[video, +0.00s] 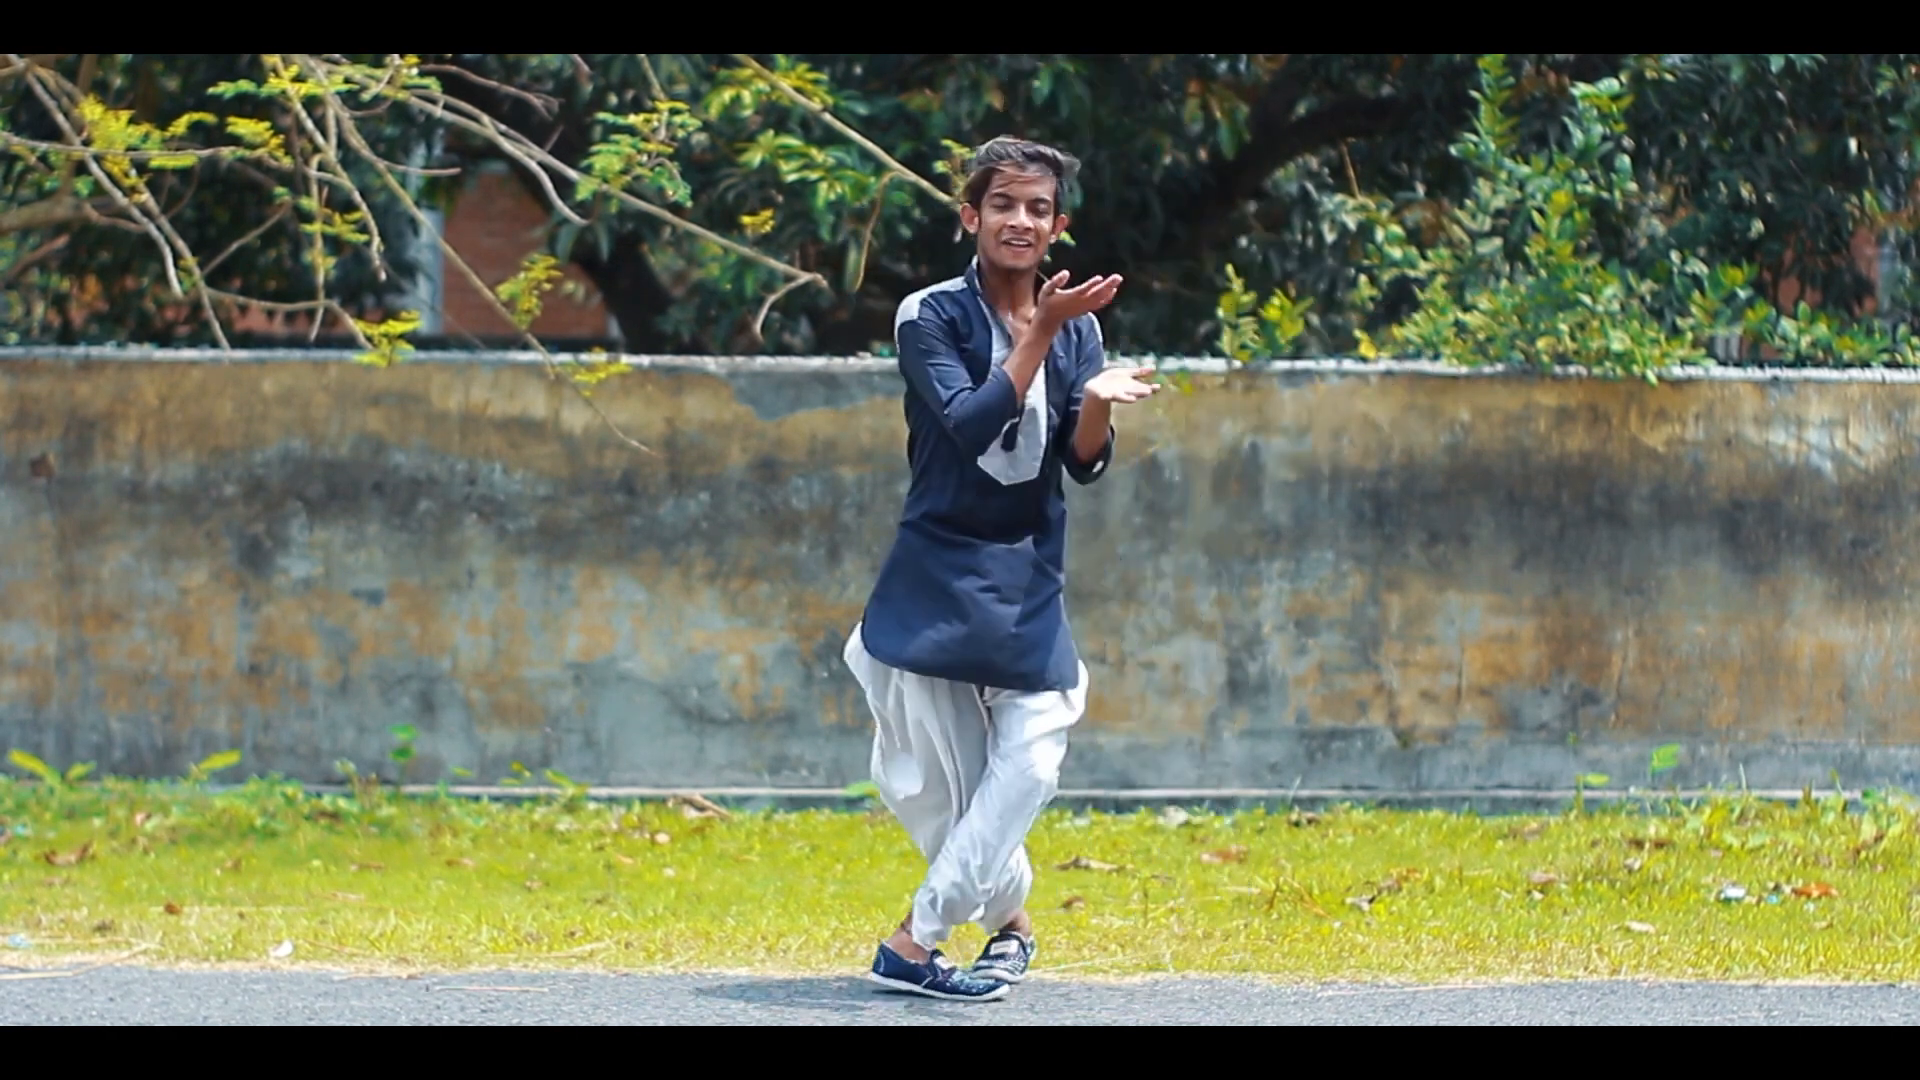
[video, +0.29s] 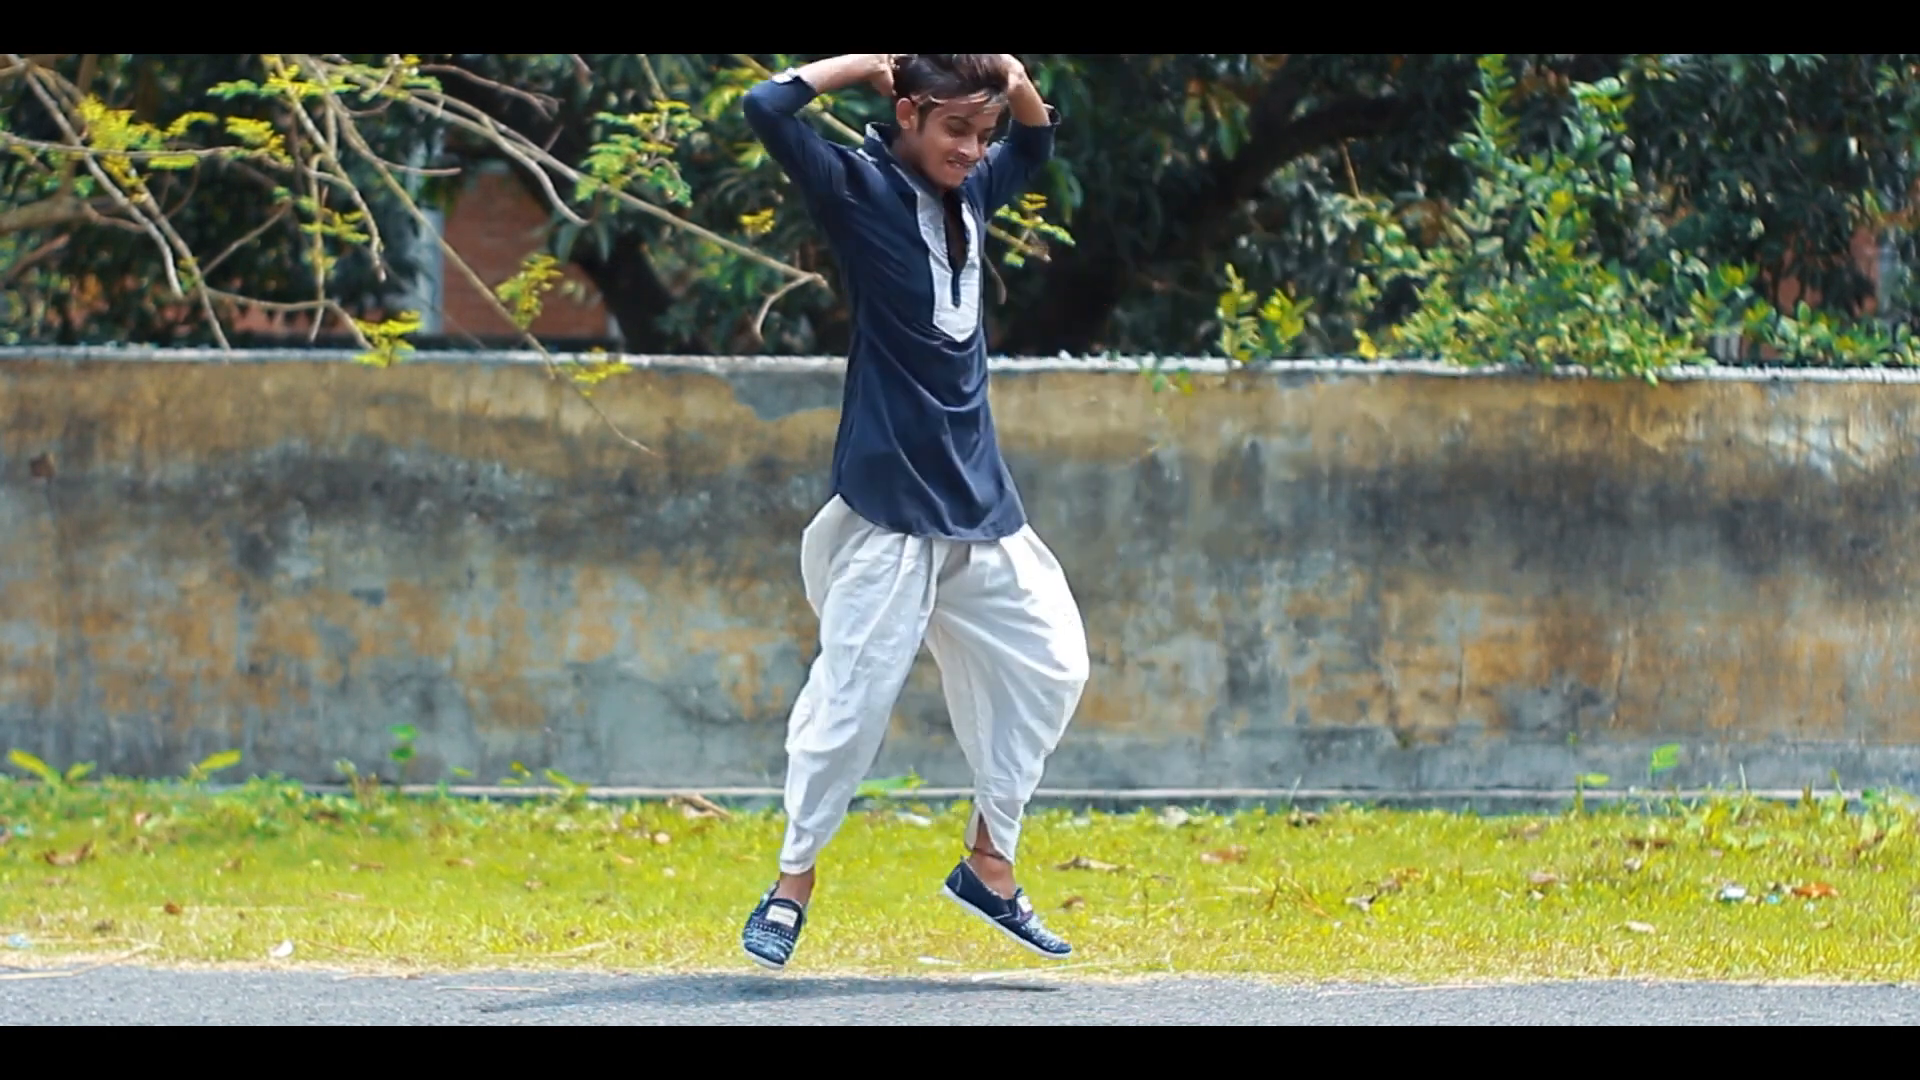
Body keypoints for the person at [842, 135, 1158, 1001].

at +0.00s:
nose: (1021, 222)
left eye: (1039, 208)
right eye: (1004, 206)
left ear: (1057, 225)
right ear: (971, 216)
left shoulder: (1073, 324)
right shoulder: (930, 314)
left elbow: (1081, 461)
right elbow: (967, 427)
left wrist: (1097, 402)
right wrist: (1039, 331)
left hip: (1028, 574)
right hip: (936, 570)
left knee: (1031, 764)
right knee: (946, 772)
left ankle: (912, 943)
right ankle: (1009, 924)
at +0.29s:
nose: (967, 148)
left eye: (979, 133)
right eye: (953, 127)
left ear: (991, 135)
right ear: (904, 113)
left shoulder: (974, 190)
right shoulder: (860, 187)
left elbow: (1032, 146)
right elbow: (764, 108)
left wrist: (1020, 87)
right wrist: (855, 66)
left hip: (978, 487)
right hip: (891, 489)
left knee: (1051, 666)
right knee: (850, 692)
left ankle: (988, 870)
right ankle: (791, 886)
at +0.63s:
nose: (883, 258)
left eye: (897, 244)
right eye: (870, 237)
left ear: (904, 255)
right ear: (830, 235)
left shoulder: (874, 314)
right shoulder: (792, 319)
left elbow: (917, 275)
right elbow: (806, 239)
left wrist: (903, 232)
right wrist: (818, 198)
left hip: (909, 590)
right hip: (831, 589)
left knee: (1032, 718)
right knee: (818, 789)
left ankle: (1033, 924)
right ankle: (750, 947)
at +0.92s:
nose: (860, 236)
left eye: (872, 222)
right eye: (846, 218)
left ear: (878, 230)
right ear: (798, 218)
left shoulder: (874, 300)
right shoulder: (775, 304)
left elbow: (931, 259)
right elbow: (771, 202)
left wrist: (879, 197)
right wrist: (803, 182)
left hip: (932, 573)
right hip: (846, 580)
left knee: (1056, 713)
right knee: (832, 790)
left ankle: (1039, 921)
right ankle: (746, 944)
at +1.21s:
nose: (810, 140)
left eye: (817, 127)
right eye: (787, 139)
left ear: (850, 146)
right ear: (770, 178)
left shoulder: (918, 234)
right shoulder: (781, 236)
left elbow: (1038, 236)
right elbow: (708, 165)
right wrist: (726, 93)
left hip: (942, 525)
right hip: (835, 533)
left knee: (1006, 714)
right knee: (800, 747)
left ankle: (1014, 918)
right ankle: (752, 930)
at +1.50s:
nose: (888, 202)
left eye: (902, 192)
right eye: (870, 195)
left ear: (928, 221)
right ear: (842, 228)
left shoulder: (963, 330)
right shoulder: (801, 336)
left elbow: (985, 465)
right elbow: (790, 471)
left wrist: (1008, 590)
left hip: (937, 582)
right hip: (833, 587)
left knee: (1024, 738)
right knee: (811, 779)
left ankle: (990, 936)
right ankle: (788, 943)